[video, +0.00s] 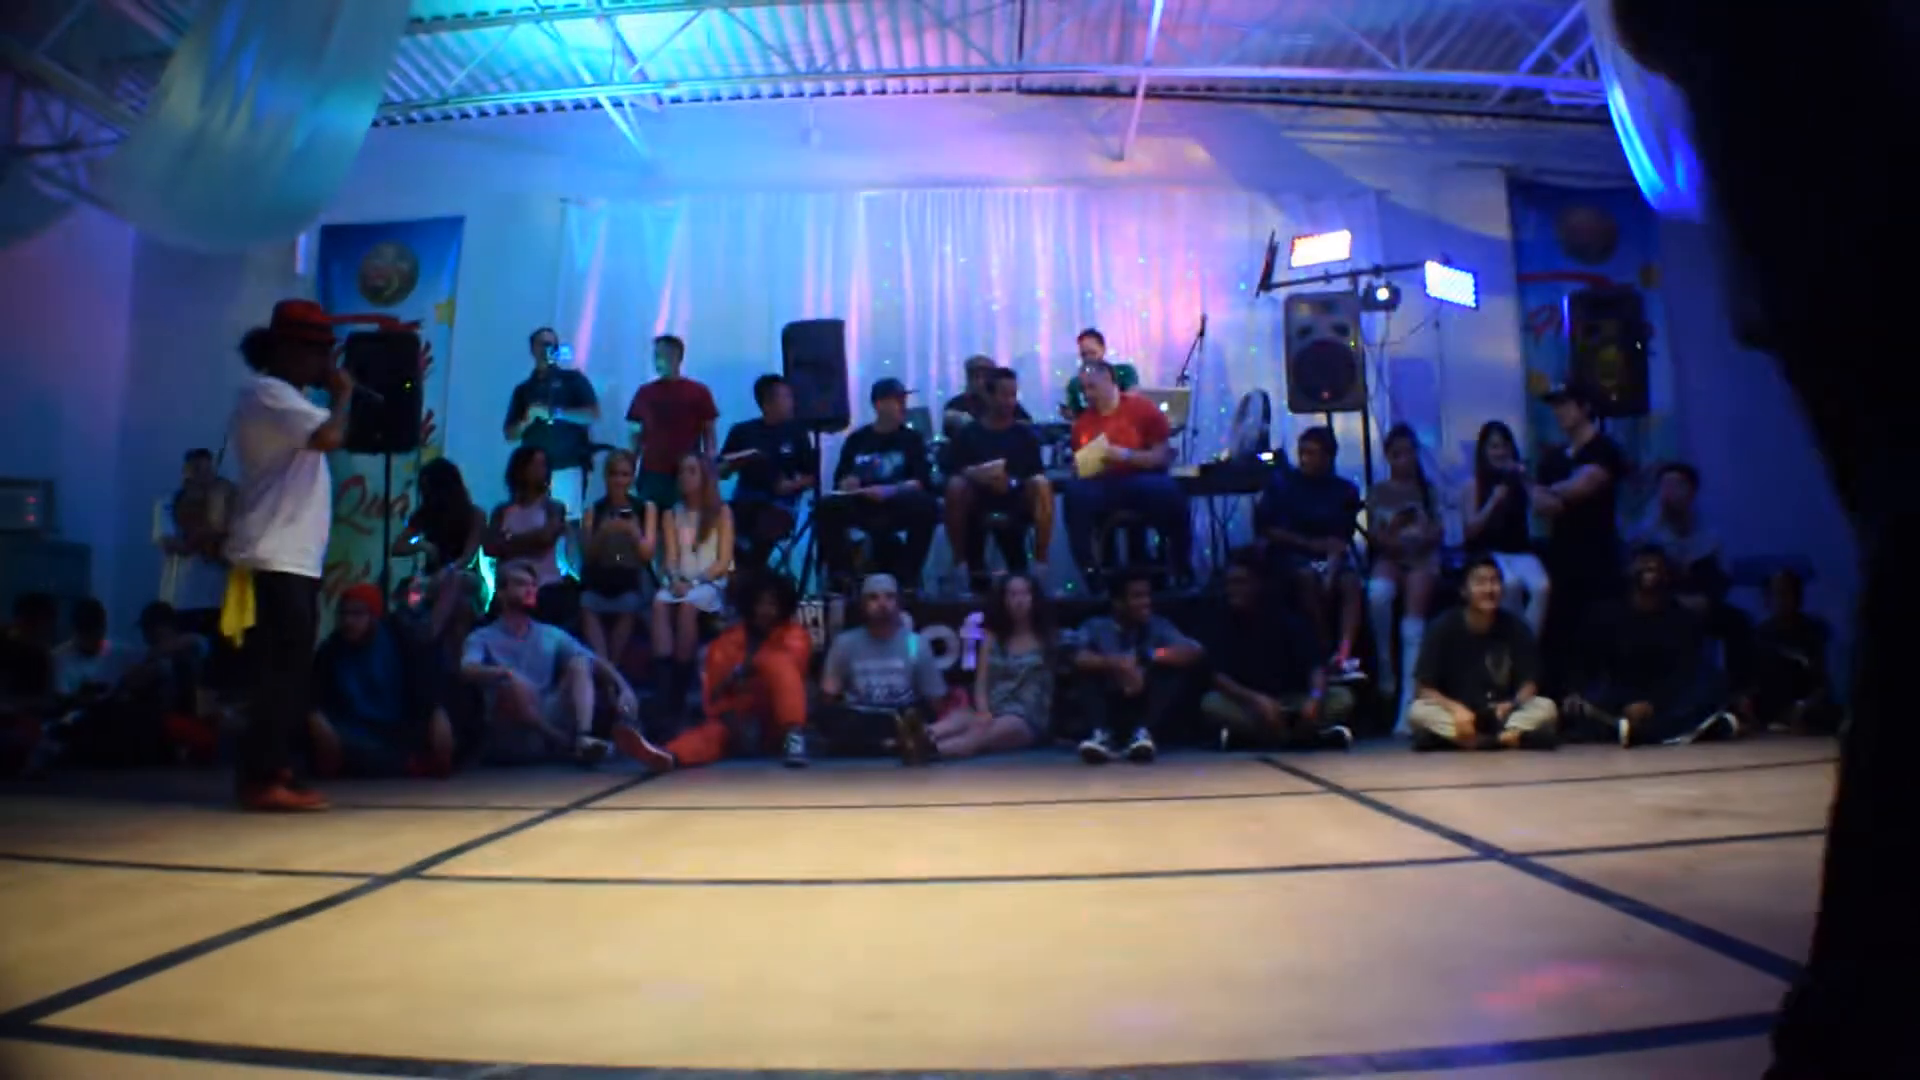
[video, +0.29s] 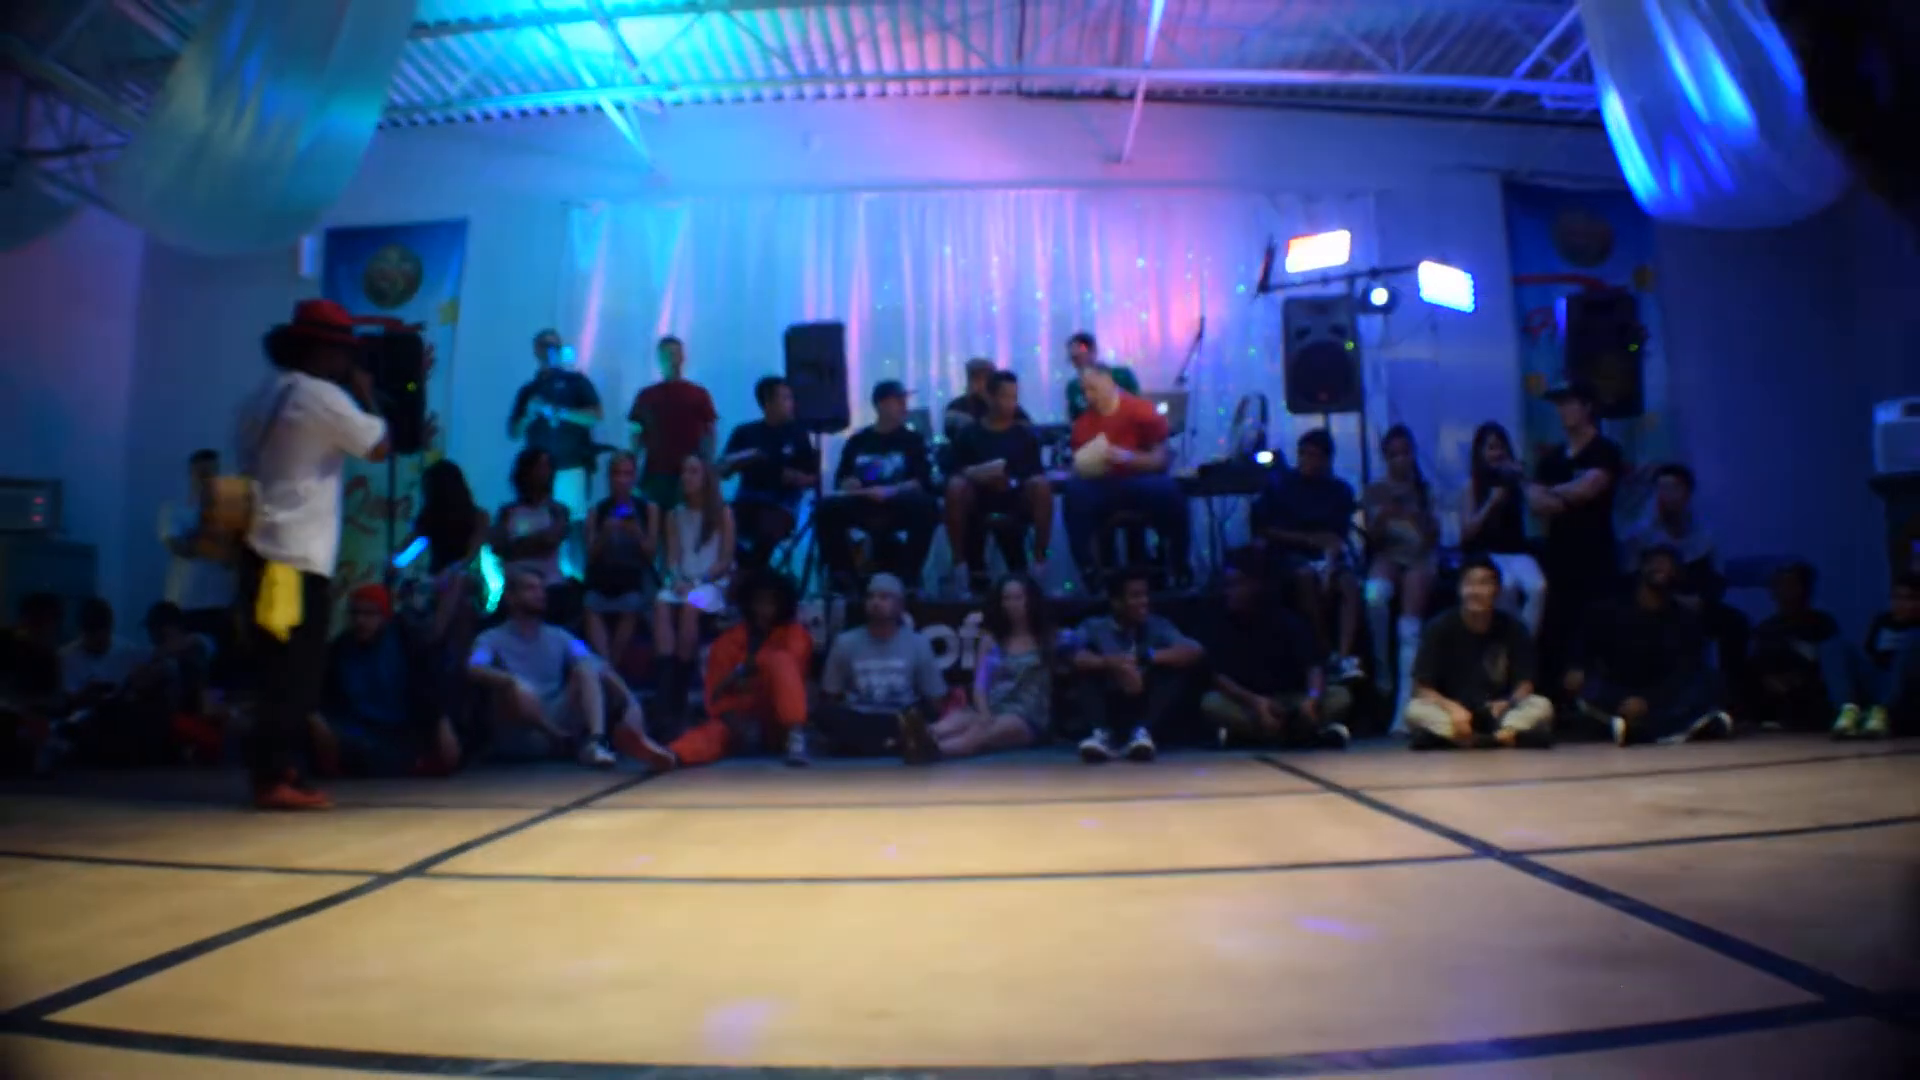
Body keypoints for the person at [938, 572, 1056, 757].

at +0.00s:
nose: (1020, 601)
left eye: (1026, 594)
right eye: (1013, 595)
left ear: (1034, 598)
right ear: (1004, 600)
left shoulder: (1045, 638)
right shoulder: (993, 638)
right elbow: (981, 682)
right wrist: (983, 713)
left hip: (1028, 713)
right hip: (993, 709)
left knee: (982, 737)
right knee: (960, 718)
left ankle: (933, 750)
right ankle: (924, 736)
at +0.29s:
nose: (1013, 605)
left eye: (1019, 598)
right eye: (1007, 599)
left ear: (1031, 601)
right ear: (999, 604)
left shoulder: (1045, 639)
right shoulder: (992, 640)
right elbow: (979, 686)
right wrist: (985, 715)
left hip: (1027, 713)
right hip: (992, 709)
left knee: (985, 733)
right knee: (959, 718)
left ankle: (936, 750)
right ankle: (924, 734)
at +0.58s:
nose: (1000, 606)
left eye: (1006, 599)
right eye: (996, 600)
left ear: (1020, 600)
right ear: (991, 603)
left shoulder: (1038, 637)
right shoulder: (984, 638)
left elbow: (1049, 680)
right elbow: (974, 684)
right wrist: (986, 711)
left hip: (1026, 712)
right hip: (990, 708)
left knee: (982, 735)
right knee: (958, 719)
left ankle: (932, 752)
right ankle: (920, 737)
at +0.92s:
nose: (1002, 605)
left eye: (1008, 598)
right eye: (997, 598)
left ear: (1021, 600)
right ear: (990, 602)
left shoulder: (1036, 637)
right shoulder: (979, 637)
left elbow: (1042, 685)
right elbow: (971, 685)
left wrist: (1048, 724)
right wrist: (985, 713)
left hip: (1021, 711)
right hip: (986, 709)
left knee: (983, 735)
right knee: (960, 719)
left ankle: (935, 752)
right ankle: (922, 737)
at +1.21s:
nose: (1011, 605)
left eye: (1017, 597)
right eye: (1006, 599)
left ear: (1031, 600)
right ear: (1000, 603)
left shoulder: (1046, 638)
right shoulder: (992, 640)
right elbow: (980, 686)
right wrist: (986, 712)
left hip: (1028, 713)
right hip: (993, 710)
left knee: (984, 735)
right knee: (958, 720)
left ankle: (932, 752)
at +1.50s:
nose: (1016, 603)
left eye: (1022, 597)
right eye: (1011, 597)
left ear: (1036, 600)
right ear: (1004, 602)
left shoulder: (1049, 640)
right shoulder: (993, 640)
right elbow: (979, 687)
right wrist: (986, 712)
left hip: (1030, 715)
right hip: (993, 711)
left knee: (980, 736)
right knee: (957, 721)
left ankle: (930, 752)